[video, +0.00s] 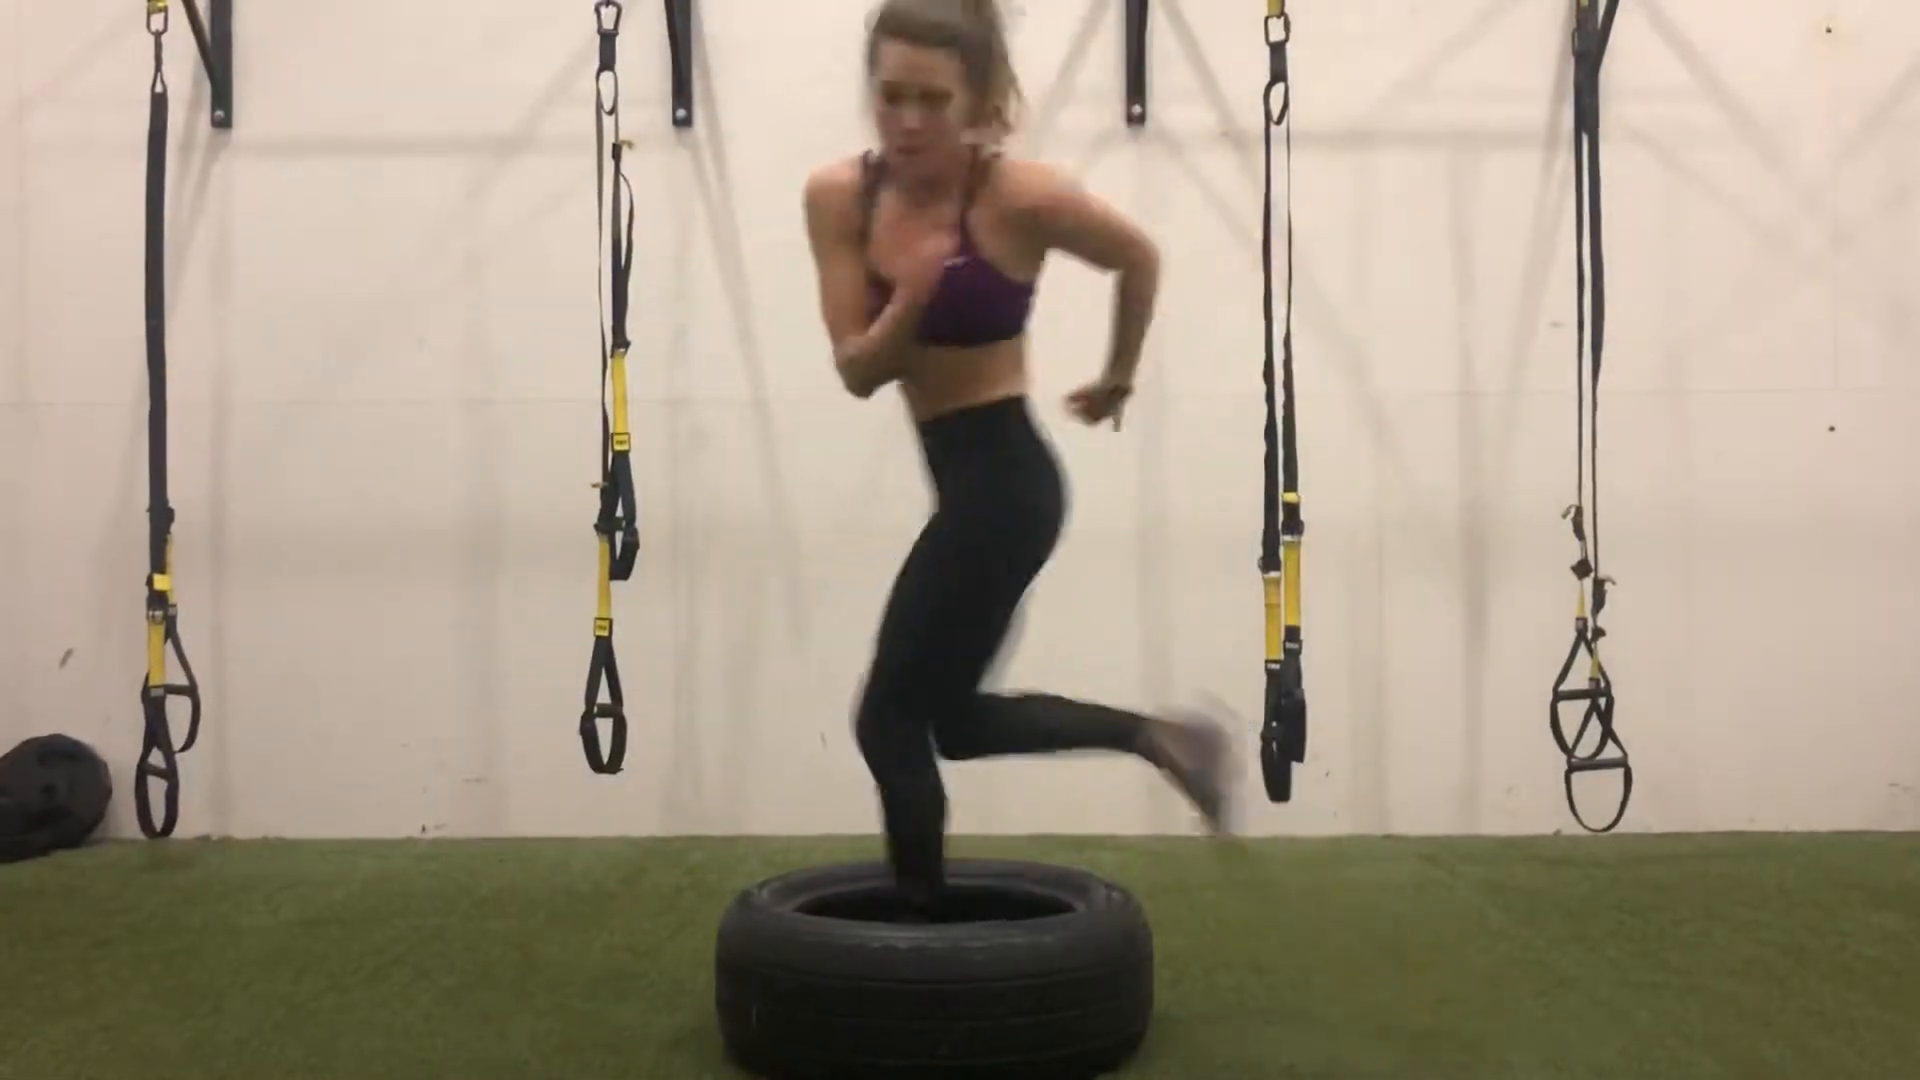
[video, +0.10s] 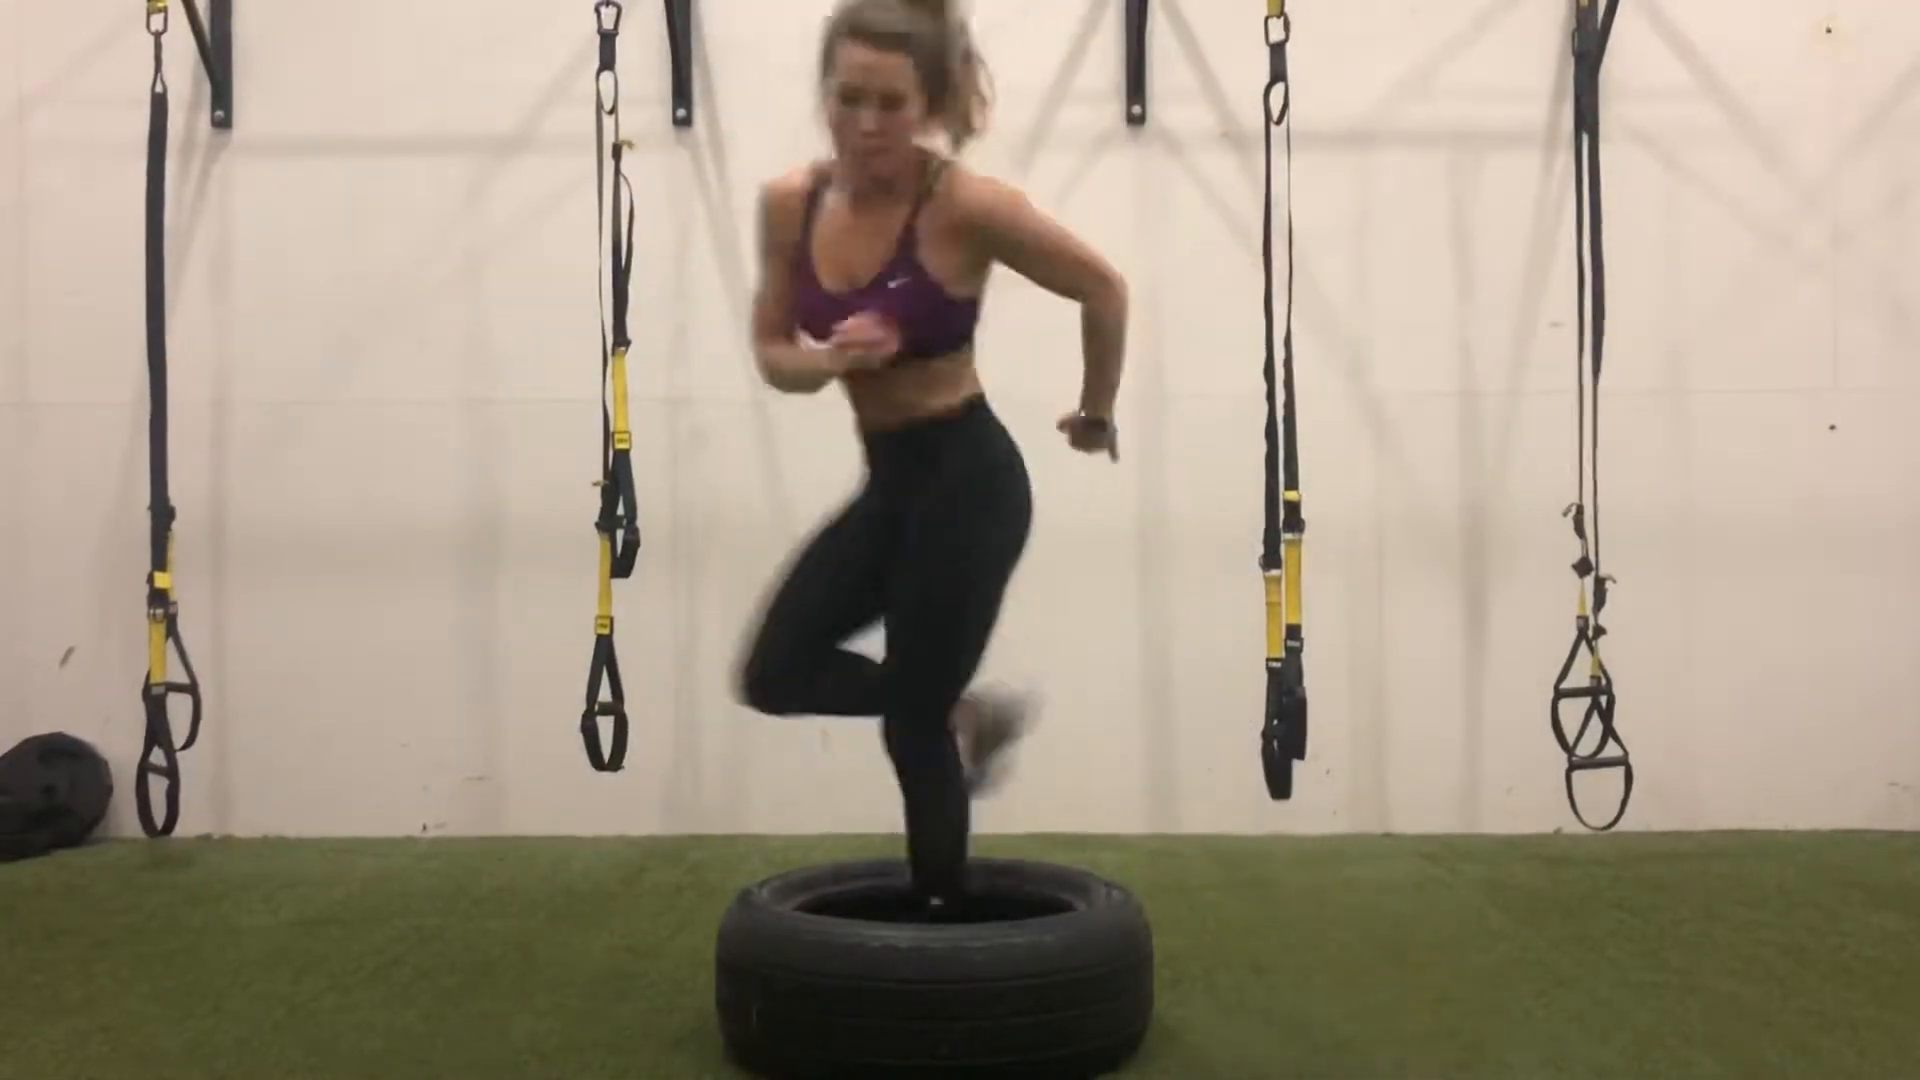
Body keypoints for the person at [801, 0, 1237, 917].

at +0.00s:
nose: (906, 122)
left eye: (930, 99)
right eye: (890, 97)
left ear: (980, 102)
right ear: (868, 94)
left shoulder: (1021, 196)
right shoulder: (840, 197)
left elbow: (1139, 259)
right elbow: (857, 373)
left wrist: (1118, 378)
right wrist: (914, 293)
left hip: (1008, 485)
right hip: (966, 484)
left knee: (889, 724)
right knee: (951, 722)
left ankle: (921, 939)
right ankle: (1169, 740)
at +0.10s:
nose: (866, 122)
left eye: (890, 102)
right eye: (848, 98)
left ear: (933, 107)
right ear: (825, 99)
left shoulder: (969, 207)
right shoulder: (793, 203)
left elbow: (1104, 290)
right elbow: (772, 356)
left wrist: (1095, 412)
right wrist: (830, 357)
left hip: (967, 486)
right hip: (891, 487)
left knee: (919, 723)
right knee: (774, 676)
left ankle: (939, 942)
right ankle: (967, 719)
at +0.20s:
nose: (826, 132)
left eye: (850, 111)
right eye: (807, 108)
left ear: (885, 110)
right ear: (779, 101)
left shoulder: (930, 203)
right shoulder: (732, 214)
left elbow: (1076, 288)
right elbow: (726, 367)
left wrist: (1084, 427)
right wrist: (795, 371)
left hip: (907, 465)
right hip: (806, 467)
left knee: (808, 648)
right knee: (695, 678)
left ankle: (926, 850)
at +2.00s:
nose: (795, 175)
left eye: (817, 156)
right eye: (777, 152)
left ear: (849, 152)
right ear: (745, 142)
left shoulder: (878, 238)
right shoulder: (691, 242)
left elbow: (941, 324)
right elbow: (613, 361)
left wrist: (932, 390)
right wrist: (603, 465)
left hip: (786, 518)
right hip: (676, 498)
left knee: (732, 761)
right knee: (602, 740)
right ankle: (463, 918)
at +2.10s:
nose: (816, 203)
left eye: (837, 182)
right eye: (796, 180)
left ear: (869, 178)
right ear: (766, 173)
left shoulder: (889, 280)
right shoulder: (710, 266)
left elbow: (997, 414)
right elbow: (588, 347)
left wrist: (937, 376)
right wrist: (472, 409)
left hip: (777, 546)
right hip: (689, 521)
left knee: (697, 799)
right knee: (772, 726)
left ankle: (530, 984)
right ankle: (532, 779)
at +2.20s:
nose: (847, 164)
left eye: (869, 142)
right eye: (828, 142)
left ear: (901, 133)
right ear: (797, 133)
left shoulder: (933, 209)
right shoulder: (763, 225)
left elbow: (988, 310)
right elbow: (647, 264)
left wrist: (894, 263)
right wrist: (549, 284)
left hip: (807, 496)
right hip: (754, 481)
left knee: (702, 744)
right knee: (946, 616)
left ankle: (540, 963)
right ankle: (731, 722)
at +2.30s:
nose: (915, 112)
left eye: (934, 92)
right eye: (895, 92)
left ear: (959, 85)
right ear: (857, 84)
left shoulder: (987, 153)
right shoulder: (824, 176)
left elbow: (1000, 258)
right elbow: (715, 234)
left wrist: (861, 230)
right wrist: (644, 261)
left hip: (876, 463)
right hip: (832, 461)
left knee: (849, 725)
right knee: (1017, 627)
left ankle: (631, 822)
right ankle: (899, 836)